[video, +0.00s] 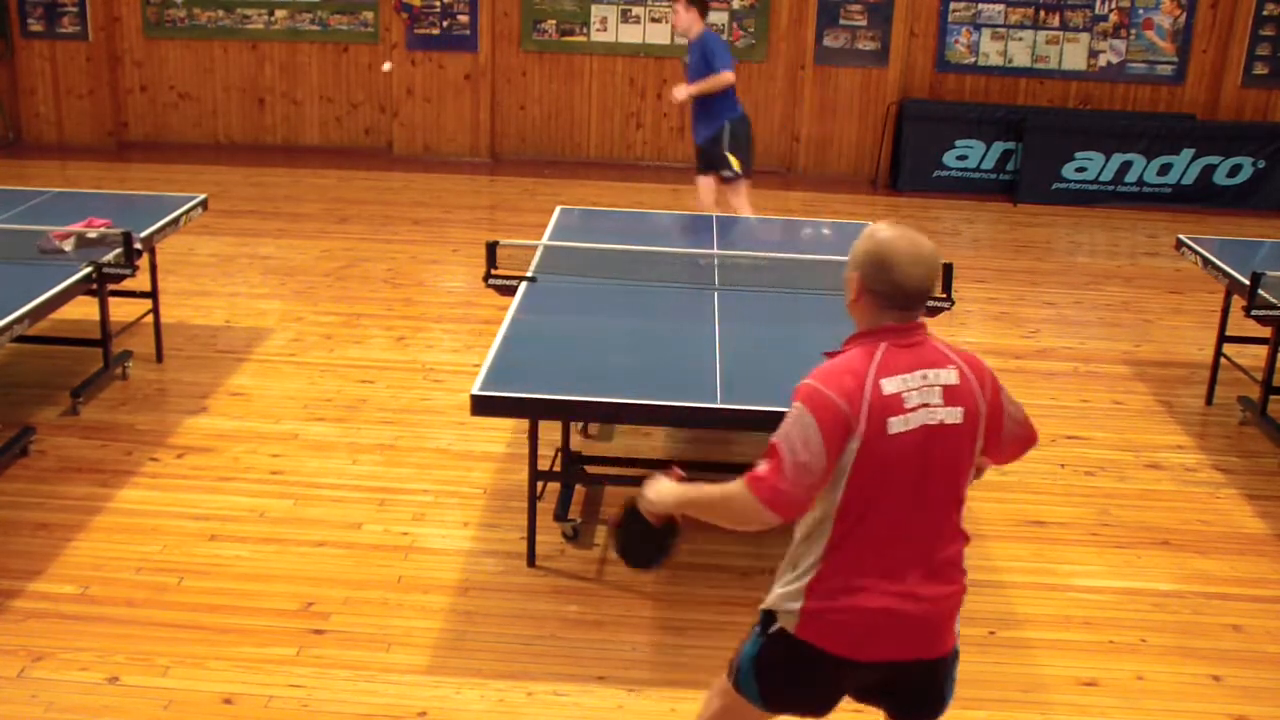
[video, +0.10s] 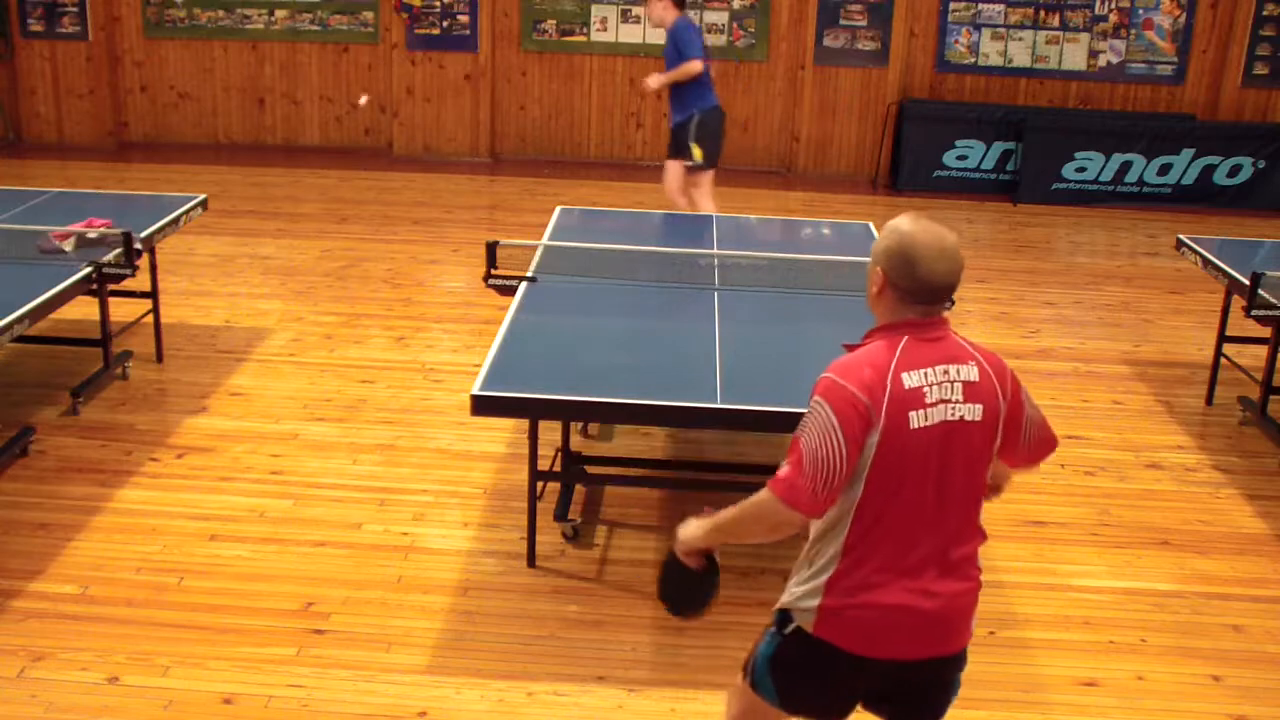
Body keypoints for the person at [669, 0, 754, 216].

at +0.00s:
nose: (673, 19)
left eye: (676, 12)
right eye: (673, 13)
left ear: (694, 13)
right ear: (689, 14)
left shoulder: (712, 41)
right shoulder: (694, 45)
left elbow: (727, 76)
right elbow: (703, 80)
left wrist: (689, 89)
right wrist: (686, 91)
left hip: (727, 124)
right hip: (705, 127)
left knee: (737, 194)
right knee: (706, 190)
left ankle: (754, 245)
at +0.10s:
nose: (648, 13)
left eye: (650, 6)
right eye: (648, 7)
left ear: (666, 5)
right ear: (666, 7)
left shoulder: (683, 26)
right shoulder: (674, 32)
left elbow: (696, 64)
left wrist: (662, 79)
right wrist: (661, 78)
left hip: (702, 115)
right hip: (683, 118)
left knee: (700, 190)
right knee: (673, 186)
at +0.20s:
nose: (624, 18)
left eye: (627, 11)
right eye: (625, 12)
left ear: (641, 13)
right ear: (644, 13)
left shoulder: (655, 36)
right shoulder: (664, 36)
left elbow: (655, 77)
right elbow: (687, 70)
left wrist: (627, 89)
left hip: (674, 122)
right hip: (659, 123)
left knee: (674, 195)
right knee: (637, 185)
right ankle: (651, 240)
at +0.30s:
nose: (599, 35)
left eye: (601, 30)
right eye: (599, 30)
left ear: (614, 29)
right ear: (618, 29)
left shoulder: (622, 54)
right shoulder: (642, 53)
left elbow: (615, 98)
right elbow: (665, 91)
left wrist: (591, 105)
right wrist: (658, 124)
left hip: (643, 139)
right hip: (652, 136)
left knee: (664, 204)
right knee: (602, 184)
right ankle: (597, 238)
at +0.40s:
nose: (569, 30)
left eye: (572, 25)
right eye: (570, 25)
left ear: (582, 28)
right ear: (594, 30)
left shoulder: (581, 53)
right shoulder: (611, 52)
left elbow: (577, 94)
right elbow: (634, 90)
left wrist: (557, 102)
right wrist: (631, 122)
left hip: (610, 135)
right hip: (626, 131)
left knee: (634, 195)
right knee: (572, 180)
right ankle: (572, 237)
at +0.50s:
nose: (535, 31)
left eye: (539, 25)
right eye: (536, 25)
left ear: (549, 29)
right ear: (560, 30)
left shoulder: (546, 51)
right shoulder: (577, 51)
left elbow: (541, 91)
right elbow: (600, 89)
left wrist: (523, 107)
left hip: (575, 130)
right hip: (593, 129)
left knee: (584, 195)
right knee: (546, 179)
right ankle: (560, 233)